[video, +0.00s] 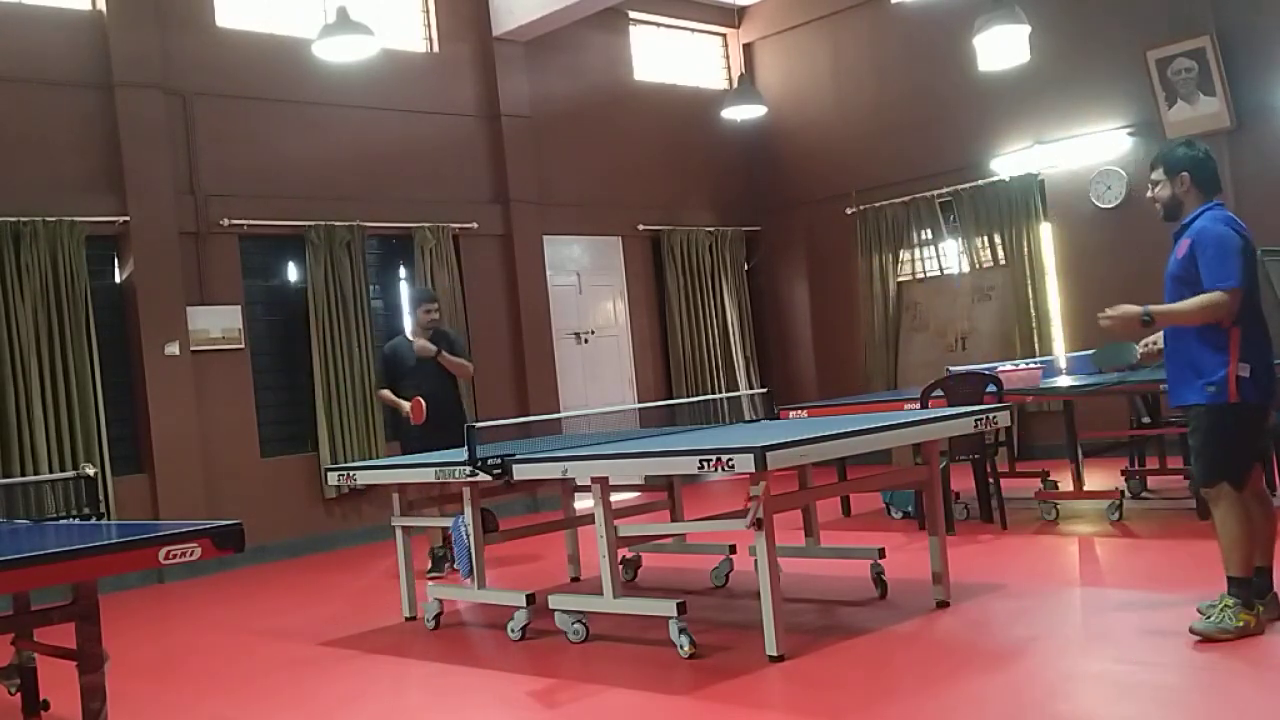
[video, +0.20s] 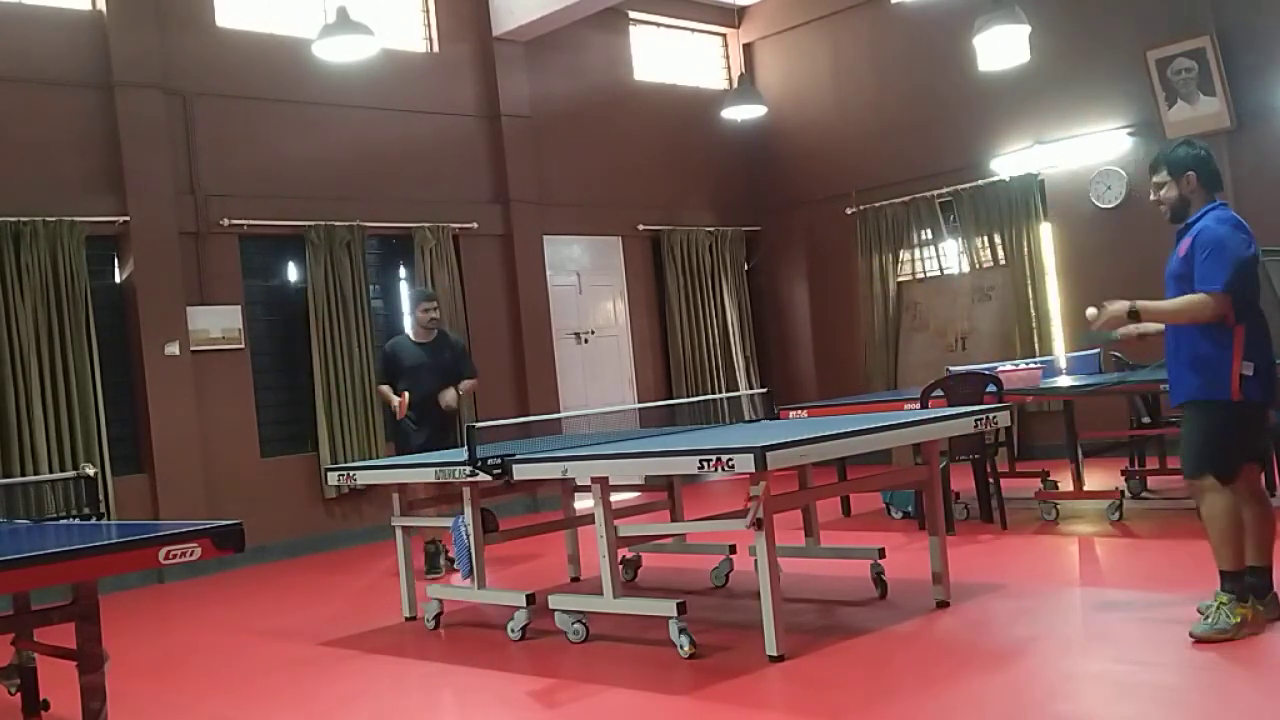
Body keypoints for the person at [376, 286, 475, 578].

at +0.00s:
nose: (434, 316)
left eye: (436, 311)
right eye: (427, 312)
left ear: (440, 312)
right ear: (413, 314)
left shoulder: (448, 339)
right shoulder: (393, 350)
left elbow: (467, 371)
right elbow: (381, 389)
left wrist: (435, 352)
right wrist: (400, 404)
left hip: (452, 426)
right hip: (417, 431)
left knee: (457, 490)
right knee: (427, 493)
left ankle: (460, 546)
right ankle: (437, 549)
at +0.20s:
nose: (434, 315)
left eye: (436, 309)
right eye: (427, 311)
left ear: (440, 311)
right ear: (413, 314)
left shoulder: (452, 344)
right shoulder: (394, 348)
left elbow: (471, 379)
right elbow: (382, 384)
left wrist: (456, 391)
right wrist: (393, 399)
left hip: (446, 429)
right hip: (412, 432)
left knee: (450, 490)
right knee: (421, 492)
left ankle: (448, 547)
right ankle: (432, 547)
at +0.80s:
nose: (409, 312)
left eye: (411, 307)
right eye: (401, 308)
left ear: (416, 311)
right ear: (386, 315)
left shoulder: (430, 341)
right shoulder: (376, 355)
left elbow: (445, 375)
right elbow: (362, 397)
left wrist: (452, 401)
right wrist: (386, 400)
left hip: (438, 435)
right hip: (398, 442)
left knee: (462, 490)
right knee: (394, 500)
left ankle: (477, 545)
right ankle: (389, 562)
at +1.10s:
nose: (430, 314)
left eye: (434, 308)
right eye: (423, 310)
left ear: (441, 312)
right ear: (415, 316)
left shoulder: (462, 343)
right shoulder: (401, 355)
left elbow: (482, 375)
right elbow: (390, 396)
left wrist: (484, 405)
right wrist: (408, 405)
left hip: (465, 436)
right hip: (421, 442)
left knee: (492, 489)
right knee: (404, 499)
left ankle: (506, 548)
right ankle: (391, 562)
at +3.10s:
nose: (444, 334)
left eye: (447, 329)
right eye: (437, 330)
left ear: (451, 332)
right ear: (421, 335)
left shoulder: (464, 364)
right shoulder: (406, 371)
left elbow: (480, 401)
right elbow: (399, 416)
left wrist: (479, 425)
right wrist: (423, 420)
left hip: (462, 452)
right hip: (418, 455)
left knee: (504, 483)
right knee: (393, 493)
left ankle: (508, 549)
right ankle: (393, 563)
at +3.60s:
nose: (440, 323)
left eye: (443, 319)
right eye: (433, 319)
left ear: (447, 323)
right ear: (419, 326)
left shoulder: (462, 356)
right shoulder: (404, 364)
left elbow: (477, 393)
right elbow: (398, 409)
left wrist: (478, 420)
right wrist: (420, 419)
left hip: (462, 447)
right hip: (418, 449)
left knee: (501, 482)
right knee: (396, 497)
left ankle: (507, 548)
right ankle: (392, 562)